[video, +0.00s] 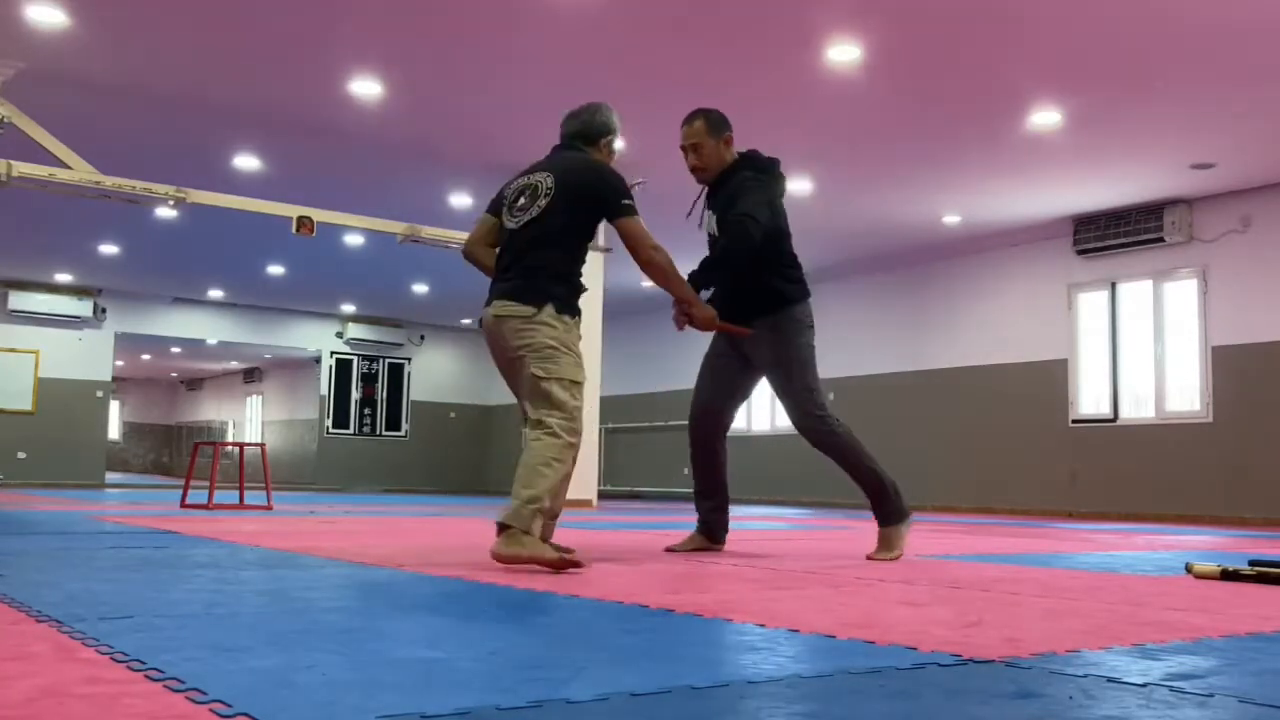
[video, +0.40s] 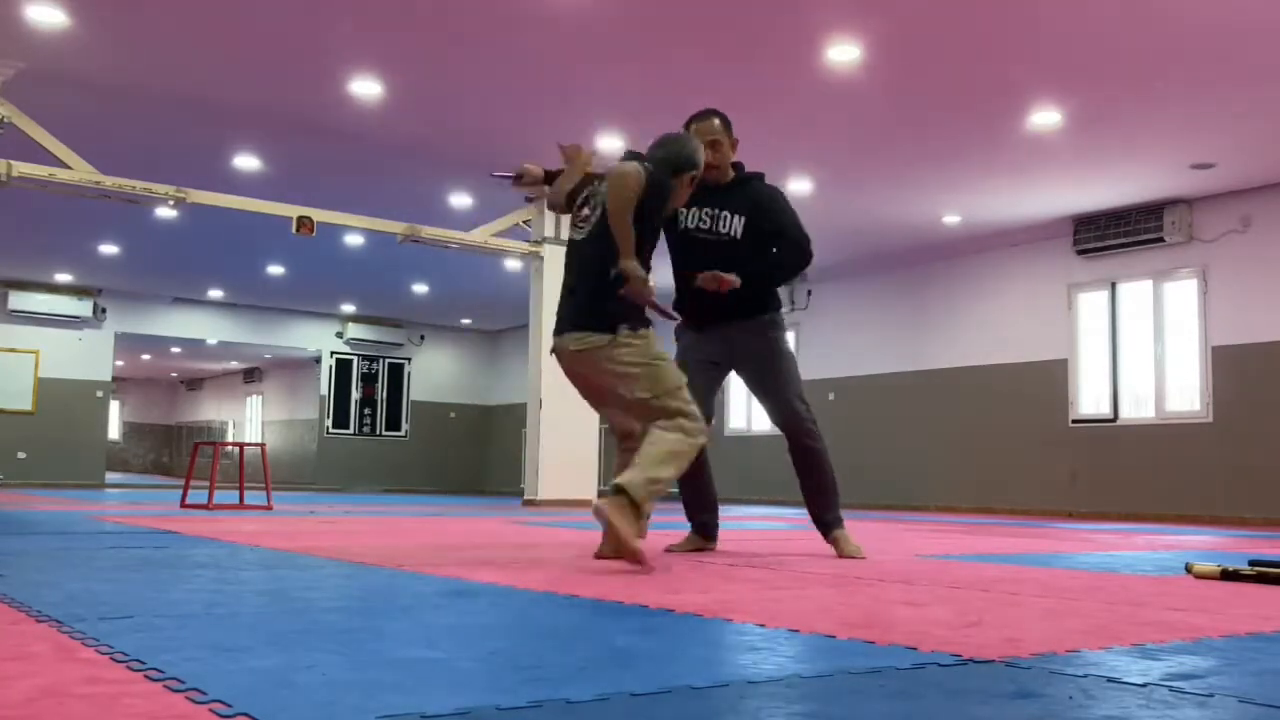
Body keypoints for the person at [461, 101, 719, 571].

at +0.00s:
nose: (614, 157)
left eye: (614, 149)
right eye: (614, 149)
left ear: (566, 138)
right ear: (603, 144)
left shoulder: (525, 178)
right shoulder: (600, 176)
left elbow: (475, 246)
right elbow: (646, 252)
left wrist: (520, 277)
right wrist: (693, 302)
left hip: (501, 313)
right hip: (542, 315)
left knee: (545, 423)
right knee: (559, 425)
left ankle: (536, 535)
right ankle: (519, 535)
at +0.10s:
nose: (626, 143)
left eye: (625, 136)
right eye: (626, 136)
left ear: (575, 129)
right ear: (617, 135)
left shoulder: (549, 171)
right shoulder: (607, 165)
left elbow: (559, 265)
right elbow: (643, 248)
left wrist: (622, 258)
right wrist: (681, 298)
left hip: (517, 316)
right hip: (557, 318)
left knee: (550, 427)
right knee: (587, 429)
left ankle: (527, 534)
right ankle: (569, 546)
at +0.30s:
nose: (673, 176)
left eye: (677, 167)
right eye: (676, 164)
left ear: (636, 143)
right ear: (668, 155)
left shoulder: (609, 169)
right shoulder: (632, 166)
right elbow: (609, 212)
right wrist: (651, 292)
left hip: (561, 324)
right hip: (583, 325)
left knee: (615, 428)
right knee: (619, 431)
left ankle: (605, 532)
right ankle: (567, 546)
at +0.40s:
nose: (687, 198)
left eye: (692, 189)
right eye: (691, 186)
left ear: (655, 161)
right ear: (681, 177)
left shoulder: (604, 183)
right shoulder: (644, 175)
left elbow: (559, 197)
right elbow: (622, 174)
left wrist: (573, 171)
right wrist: (627, 257)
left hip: (573, 340)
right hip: (610, 335)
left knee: (633, 434)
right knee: (686, 423)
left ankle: (617, 537)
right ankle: (625, 499)